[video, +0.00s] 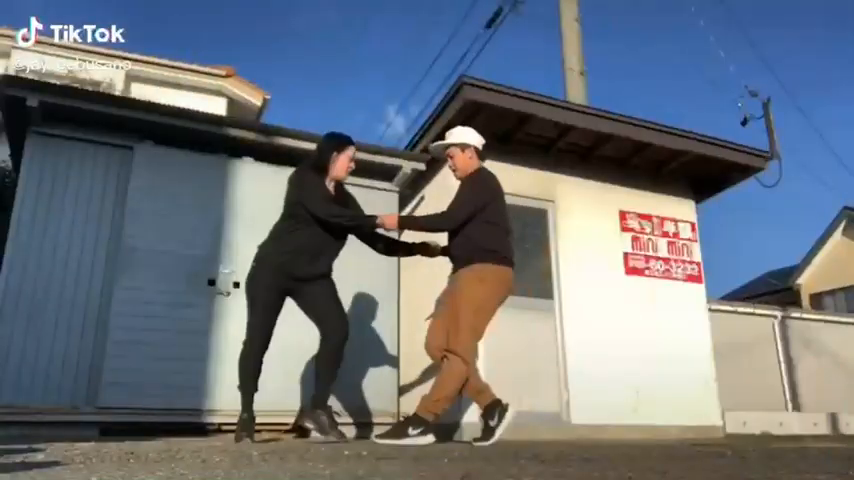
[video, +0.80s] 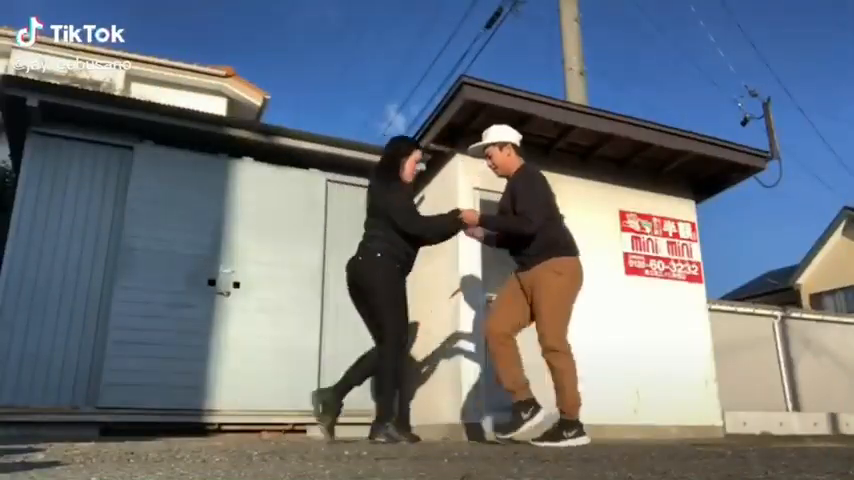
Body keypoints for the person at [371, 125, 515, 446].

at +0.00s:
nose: (448, 162)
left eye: (451, 155)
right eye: (447, 157)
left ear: (470, 153)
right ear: (466, 155)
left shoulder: (481, 180)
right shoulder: (474, 185)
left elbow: (450, 220)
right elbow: (469, 242)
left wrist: (401, 222)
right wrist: (439, 250)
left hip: (485, 270)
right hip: (468, 271)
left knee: (460, 346)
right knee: (437, 344)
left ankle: (424, 420)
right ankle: (491, 406)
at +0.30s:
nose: (450, 162)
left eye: (452, 154)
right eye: (448, 156)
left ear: (469, 149)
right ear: (467, 152)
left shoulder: (488, 173)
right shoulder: (478, 185)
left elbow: (490, 216)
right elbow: (464, 244)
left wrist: (446, 213)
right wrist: (424, 236)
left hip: (486, 269)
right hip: (488, 272)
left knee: (444, 336)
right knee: (453, 339)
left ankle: (425, 417)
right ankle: (474, 414)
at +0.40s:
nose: (456, 159)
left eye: (458, 151)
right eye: (454, 154)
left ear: (476, 145)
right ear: (474, 149)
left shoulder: (497, 168)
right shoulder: (481, 186)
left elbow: (507, 210)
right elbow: (457, 239)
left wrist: (461, 207)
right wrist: (419, 224)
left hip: (490, 267)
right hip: (504, 272)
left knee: (440, 321)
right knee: (472, 341)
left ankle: (471, 400)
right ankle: (479, 418)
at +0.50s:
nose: (465, 159)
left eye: (467, 152)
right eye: (463, 154)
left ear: (485, 146)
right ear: (482, 150)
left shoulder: (505, 170)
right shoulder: (487, 187)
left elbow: (515, 211)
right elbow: (461, 237)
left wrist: (470, 211)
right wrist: (423, 225)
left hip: (501, 270)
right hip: (503, 272)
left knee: (458, 331)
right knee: (483, 343)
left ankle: (514, 385)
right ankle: (481, 420)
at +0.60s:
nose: (471, 162)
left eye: (473, 154)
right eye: (470, 156)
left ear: (491, 148)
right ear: (488, 152)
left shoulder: (511, 174)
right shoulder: (497, 185)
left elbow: (518, 216)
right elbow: (470, 239)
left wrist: (476, 217)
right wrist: (431, 229)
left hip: (511, 274)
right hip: (499, 274)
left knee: (480, 342)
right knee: (485, 344)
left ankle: (538, 400)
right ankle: (482, 422)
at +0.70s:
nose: (479, 161)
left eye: (481, 154)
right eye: (477, 156)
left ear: (498, 148)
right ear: (495, 151)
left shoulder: (519, 174)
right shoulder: (503, 187)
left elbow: (526, 219)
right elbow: (493, 240)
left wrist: (482, 219)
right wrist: (452, 233)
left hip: (536, 270)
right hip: (509, 275)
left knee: (525, 344)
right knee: (488, 345)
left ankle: (565, 417)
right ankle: (483, 419)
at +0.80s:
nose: (488, 163)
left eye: (491, 155)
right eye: (486, 157)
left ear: (508, 150)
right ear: (504, 154)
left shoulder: (528, 178)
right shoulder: (513, 188)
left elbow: (528, 224)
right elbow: (517, 238)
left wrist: (482, 218)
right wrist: (483, 235)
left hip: (555, 267)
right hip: (528, 274)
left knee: (554, 343)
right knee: (497, 329)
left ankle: (571, 423)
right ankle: (527, 407)